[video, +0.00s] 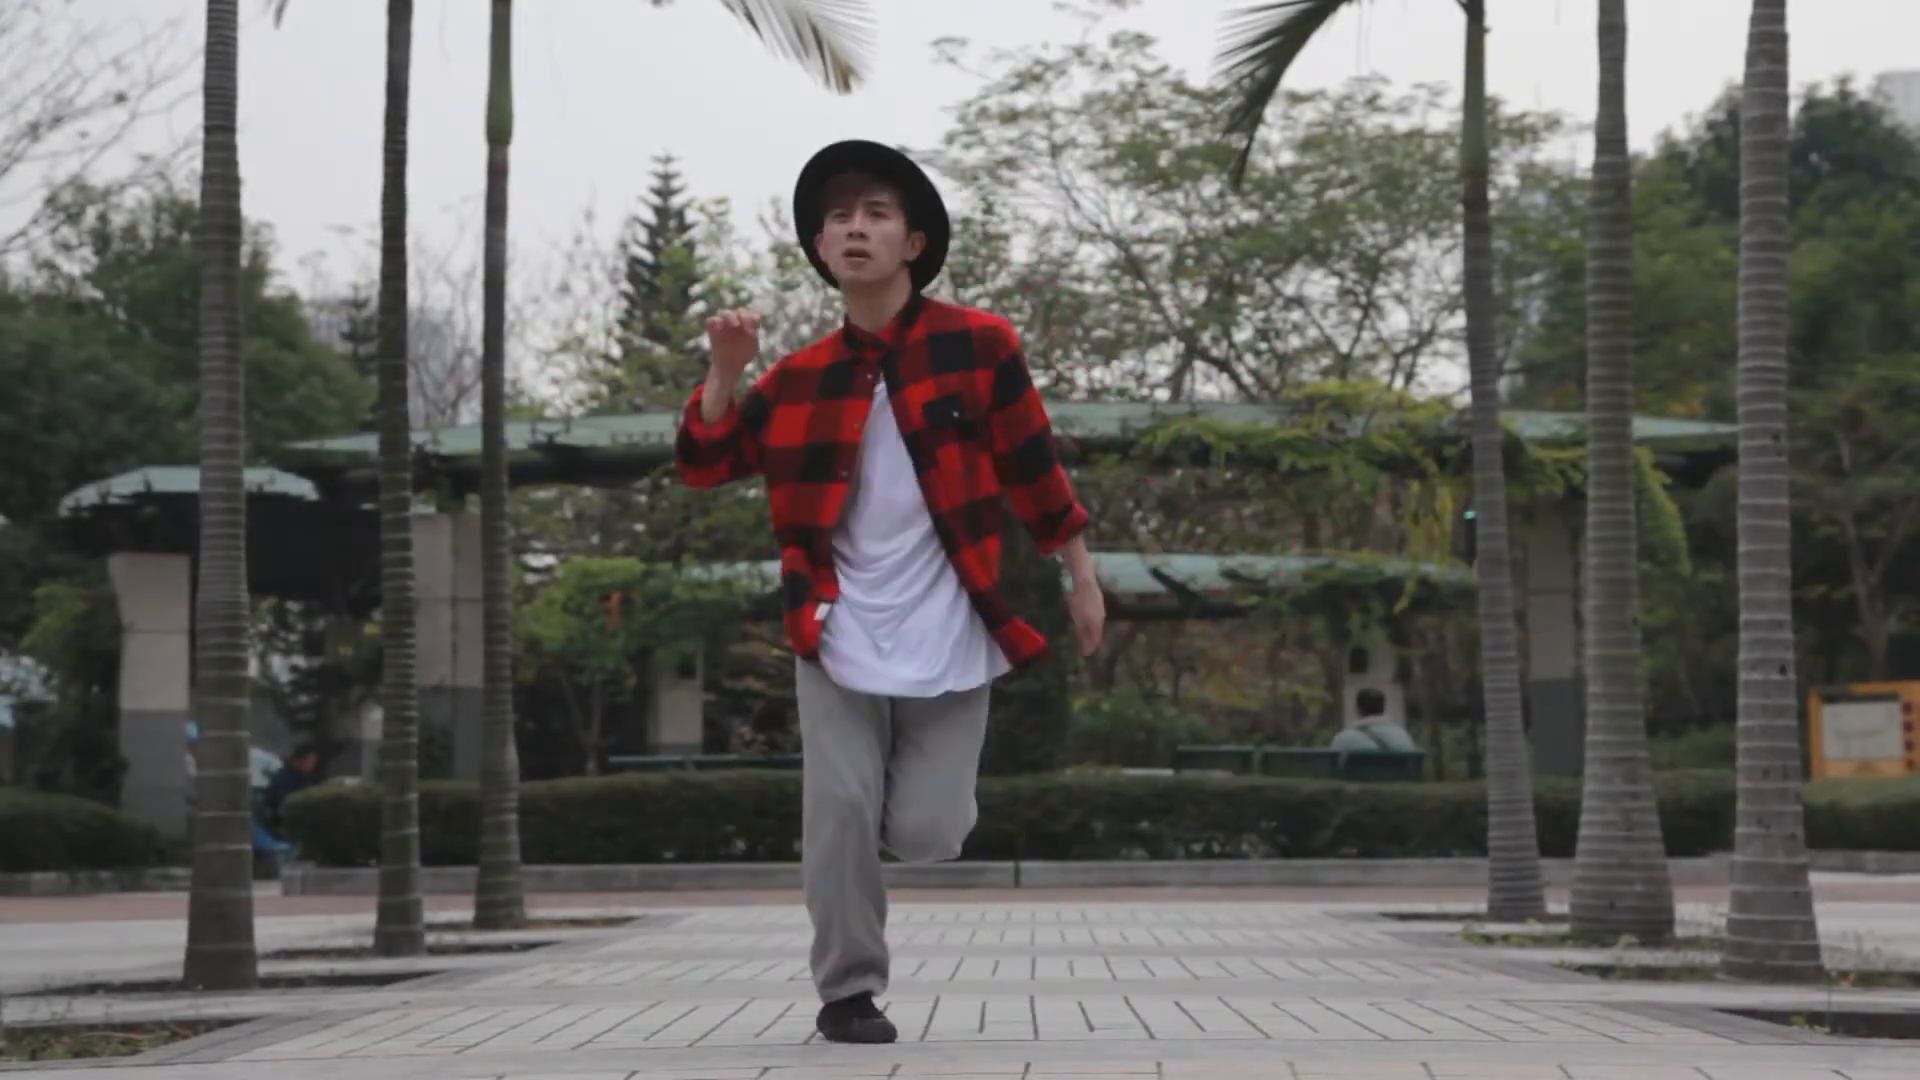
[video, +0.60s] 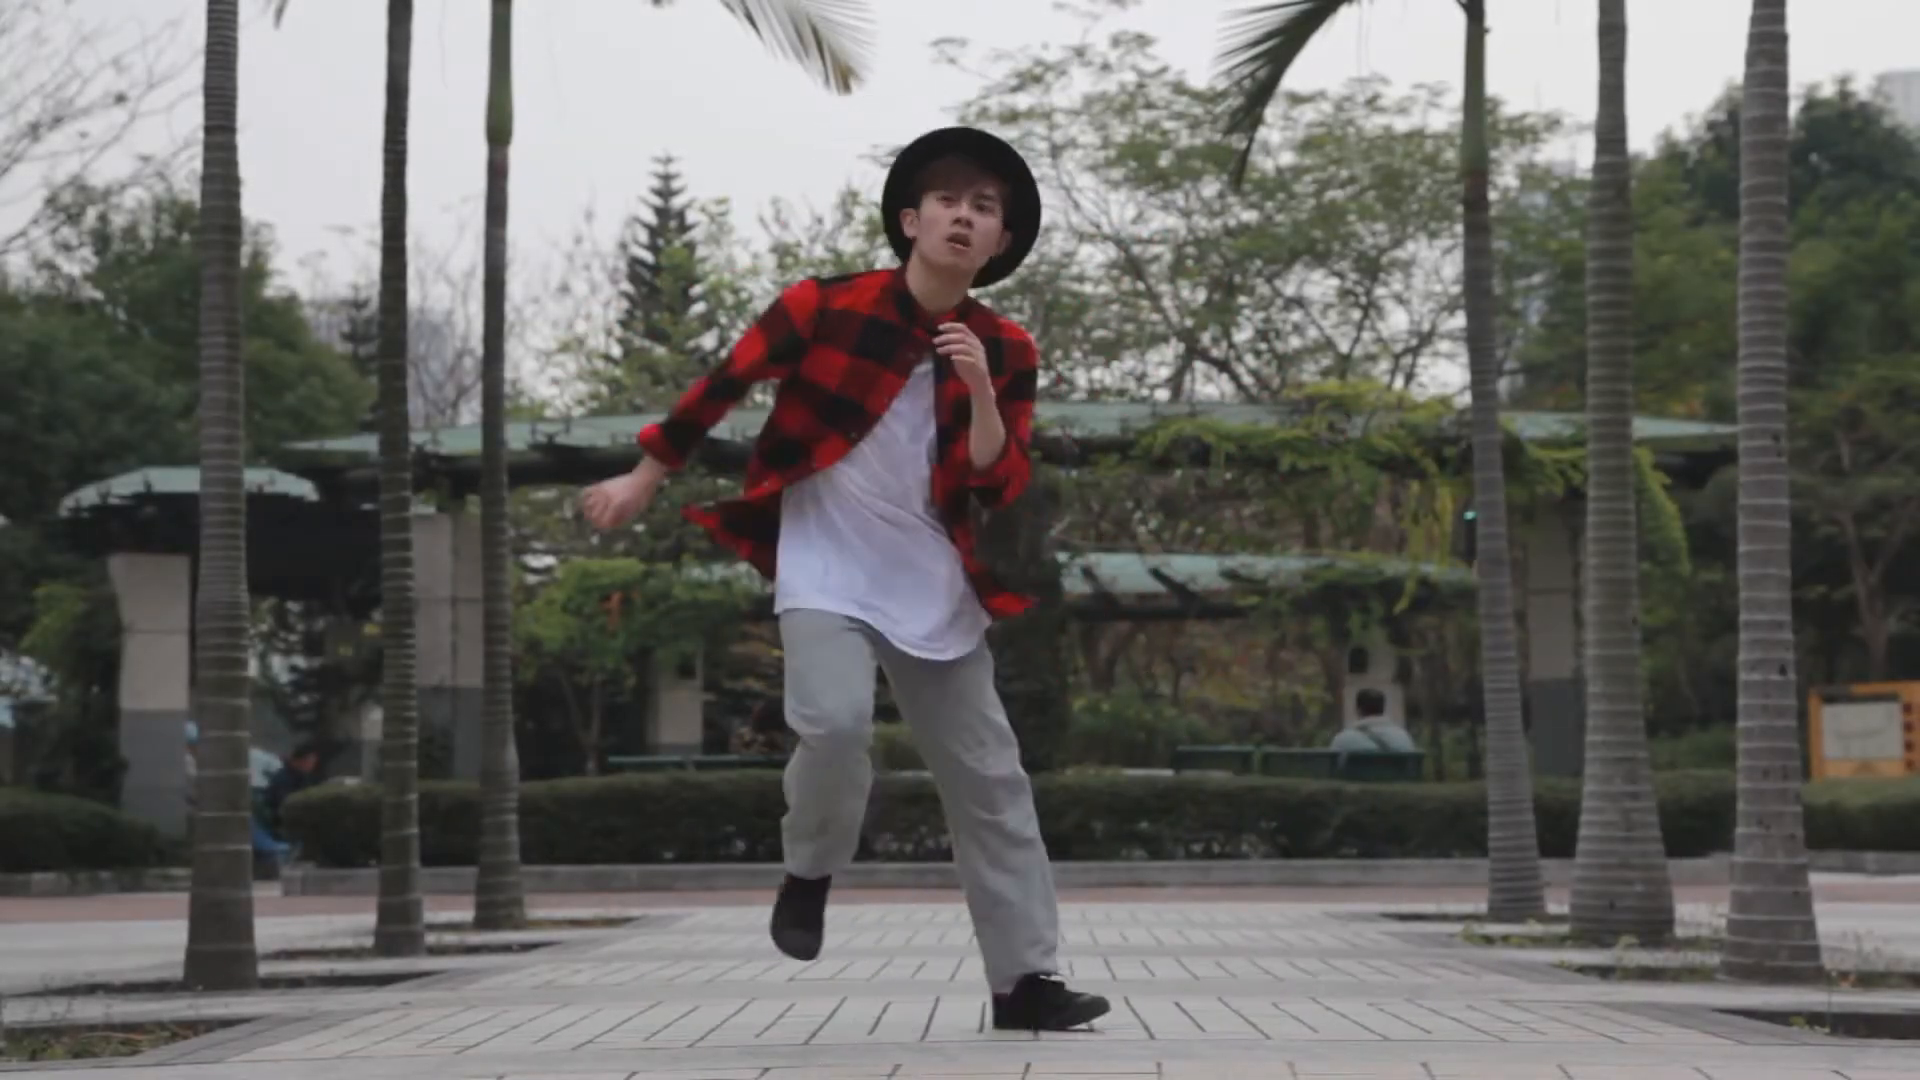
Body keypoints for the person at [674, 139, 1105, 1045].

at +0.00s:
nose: (854, 226)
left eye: (877, 212)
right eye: (838, 214)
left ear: (917, 242)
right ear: (817, 248)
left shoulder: (978, 347)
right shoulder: (798, 377)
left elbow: (1032, 464)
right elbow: (702, 465)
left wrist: (1081, 572)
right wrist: (722, 377)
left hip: (953, 627)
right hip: (841, 626)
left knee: (928, 838)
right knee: (842, 811)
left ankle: (863, 801)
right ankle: (849, 993)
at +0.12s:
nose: (877, 189)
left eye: (893, 173)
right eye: (856, 183)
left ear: (933, 196)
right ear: (836, 220)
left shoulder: (997, 306)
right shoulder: (813, 320)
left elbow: (1069, 394)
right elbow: (714, 427)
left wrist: (1114, 497)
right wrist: (773, 356)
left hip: (962, 575)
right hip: (853, 583)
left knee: (968, 732)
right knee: (856, 782)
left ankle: (909, 850)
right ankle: (854, 979)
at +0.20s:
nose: (905, 181)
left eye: (919, 162)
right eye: (880, 173)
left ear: (955, 183)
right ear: (858, 210)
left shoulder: (1009, 292)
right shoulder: (830, 306)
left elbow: (1096, 351)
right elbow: (772, 402)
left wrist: (1152, 449)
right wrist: (839, 393)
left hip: (968, 557)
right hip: (860, 566)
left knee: (991, 728)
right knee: (876, 759)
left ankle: (962, 940)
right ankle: (905, 952)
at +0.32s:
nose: (950, 210)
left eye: (964, 191)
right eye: (924, 200)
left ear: (991, 209)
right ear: (893, 234)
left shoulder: (1021, 324)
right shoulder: (874, 331)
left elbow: (1106, 392)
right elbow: (883, 447)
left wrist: (1180, 451)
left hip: (964, 571)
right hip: (857, 584)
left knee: (1001, 762)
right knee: (885, 794)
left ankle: (1056, 969)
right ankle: (931, 970)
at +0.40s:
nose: (974, 228)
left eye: (987, 210)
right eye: (947, 218)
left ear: (1010, 232)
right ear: (914, 253)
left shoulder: (1026, 356)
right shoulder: (892, 355)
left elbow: (1061, 470)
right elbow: (918, 493)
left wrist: (1113, 476)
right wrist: (951, 618)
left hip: (976, 607)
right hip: (869, 617)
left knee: (1011, 775)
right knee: (892, 809)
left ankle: (1064, 969)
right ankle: (927, 975)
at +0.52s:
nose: (992, 245)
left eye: (1009, 232)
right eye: (970, 231)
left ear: (1029, 264)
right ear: (933, 261)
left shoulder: (1028, 382)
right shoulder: (870, 358)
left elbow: (1015, 521)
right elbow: (806, 482)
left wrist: (1005, 447)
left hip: (976, 617)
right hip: (859, 615)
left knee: (1032, 786)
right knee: (866, 772)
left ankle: (1054, 975)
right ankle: (874, 902)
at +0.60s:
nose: (963, 214)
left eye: (985, 205)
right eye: (945, 196)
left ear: (1004, 242)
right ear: (906, 217)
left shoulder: (1004, 349)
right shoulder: (824, 307)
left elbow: (996, 486)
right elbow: (724, 383)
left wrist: (982, 393)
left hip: (929, 561)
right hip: (822, 548)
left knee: (988, 769)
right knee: (833, 724)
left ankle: (1023, 977)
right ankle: (809, 869)